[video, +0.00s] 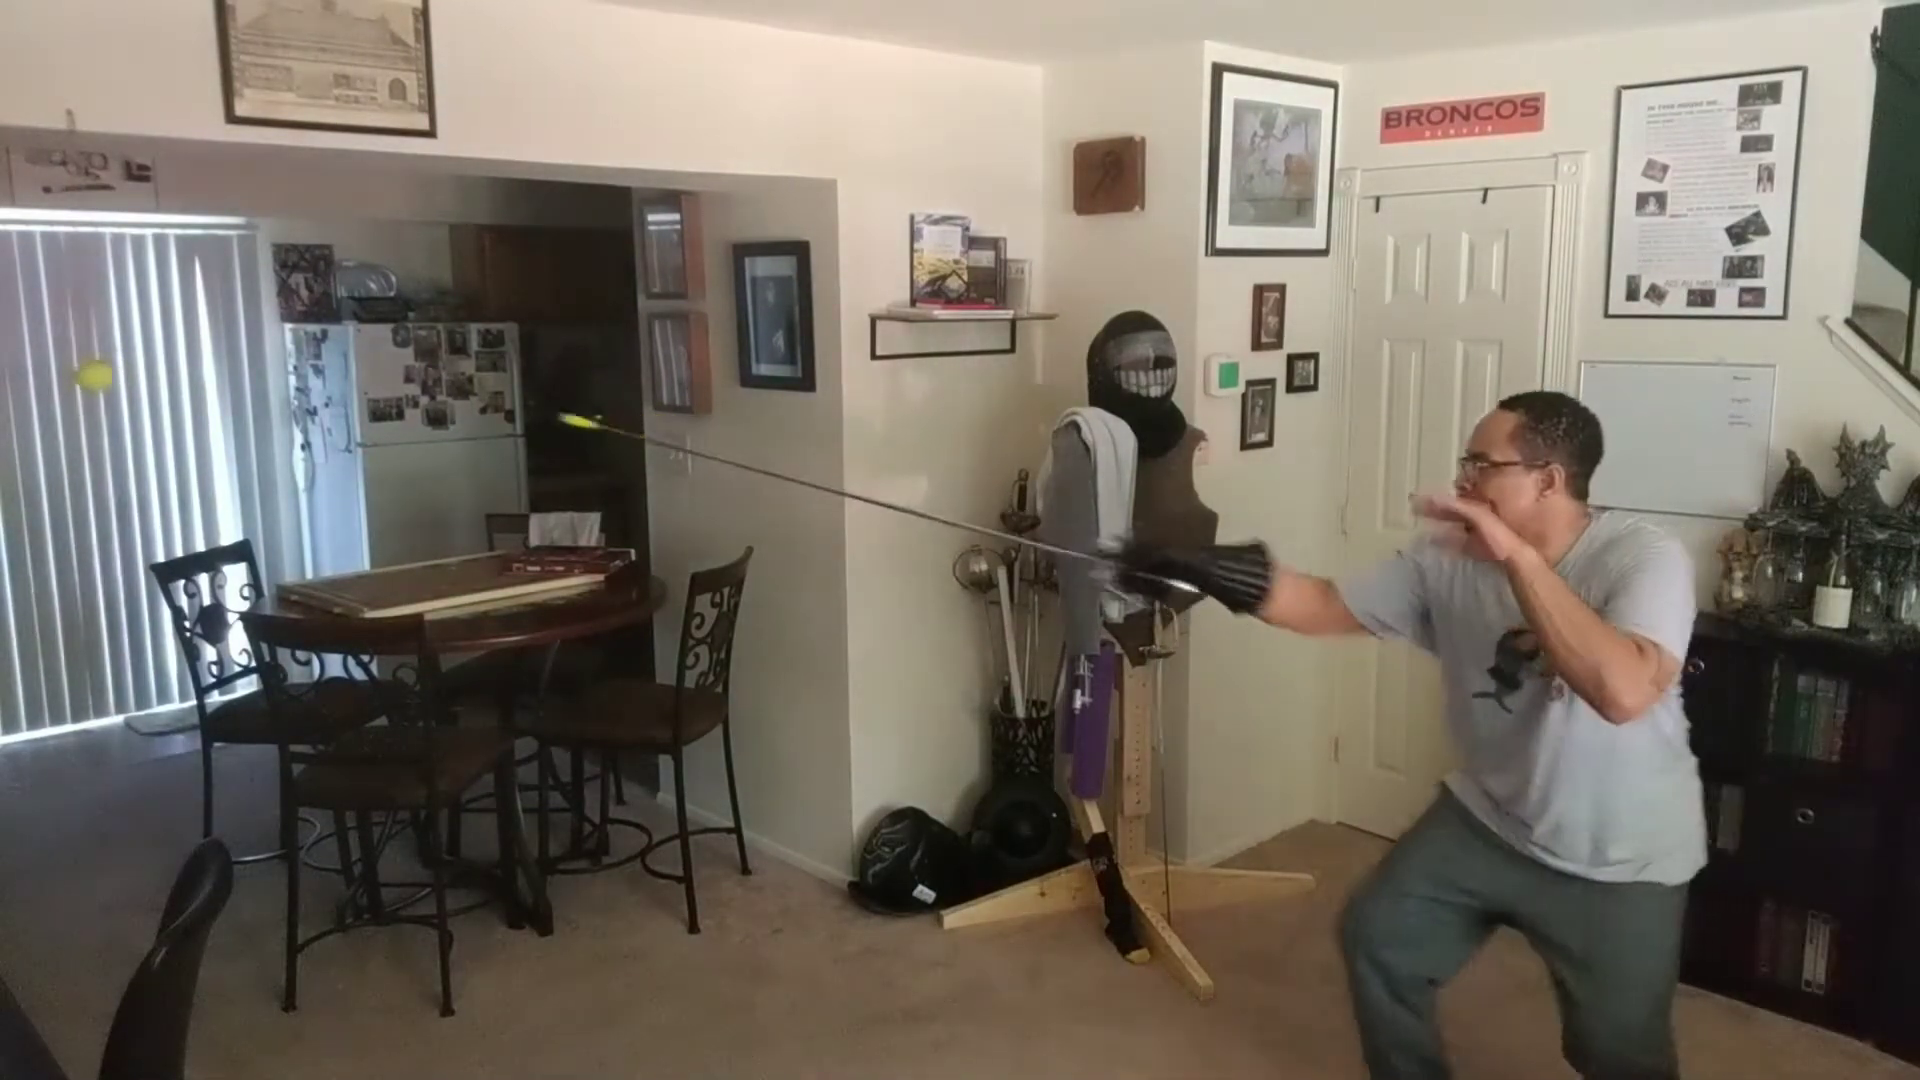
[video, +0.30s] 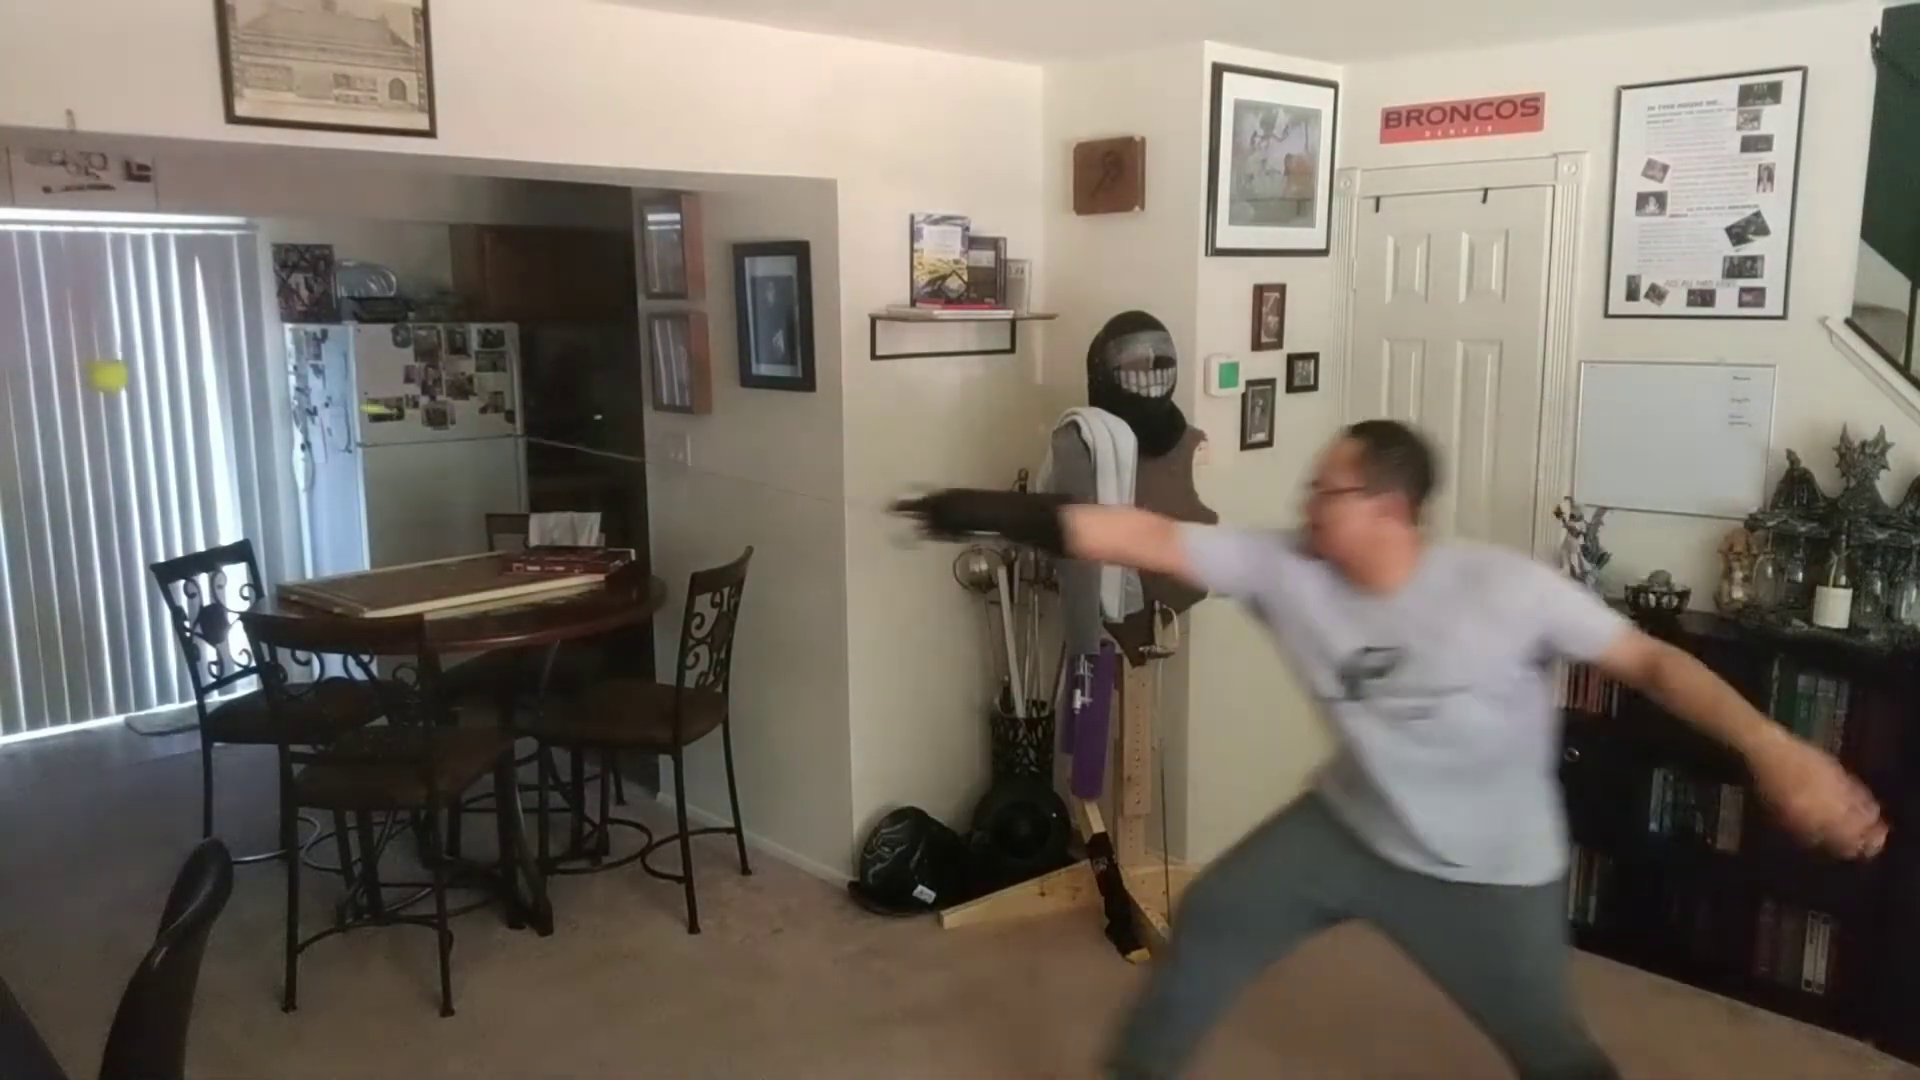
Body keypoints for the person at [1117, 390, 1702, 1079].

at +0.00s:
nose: (1463, 482)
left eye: (1483, 467)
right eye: (1466, 464)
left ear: (1547, 481)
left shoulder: (1647, 560)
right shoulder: (1449, 561)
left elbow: (1626, 690)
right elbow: (1324, 605)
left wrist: (1520, 556)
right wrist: (1202, 564)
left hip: (1621, 867)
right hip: (1487, 821)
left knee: (1622, 1055)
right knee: (1379, 938)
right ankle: (1412, 1071)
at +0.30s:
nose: (1312, 506)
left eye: (1332, 493)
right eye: (1314, 490)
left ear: (1398, 509)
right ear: (1330, 505)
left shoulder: (1509, 590)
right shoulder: (1289, 572)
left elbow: (1652, 666)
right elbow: (1144, 541)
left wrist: (1778, 756)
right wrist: (1015, 514)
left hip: (1494, 881)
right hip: (1351, 828)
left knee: (1552, 1050)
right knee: (1213, 919)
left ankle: (1587, 1078)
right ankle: (1137, 1070)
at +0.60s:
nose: (1008, 539)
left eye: (1029, 528)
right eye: (1013, 522)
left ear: (1086, 546)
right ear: (1031, 537)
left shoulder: (1184, 627)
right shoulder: (989, 602)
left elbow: (1329, 669)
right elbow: (853, 566)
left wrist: (1477, 715)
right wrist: (710, 533)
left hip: (1251, 869)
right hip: (1101, 854)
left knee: (1375, 1006)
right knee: (974, 945)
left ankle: (1478, 1068)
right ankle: (974, 1074)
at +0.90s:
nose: (875, 553)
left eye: (892, 540)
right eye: (880, 538)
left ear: (945, 554)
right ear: (919, 551)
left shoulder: (1054, 615)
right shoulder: (879, 610)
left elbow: (1202, 656)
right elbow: (742, 588)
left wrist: (1338, 710)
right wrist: (618, 566)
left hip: (1165, 839)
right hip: (1027, 835)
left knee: (1298, 976)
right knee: (916, 934)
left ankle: (1421, 1071)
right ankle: (967, 1078)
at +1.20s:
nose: (969, 519)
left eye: (986, 503)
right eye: (974, 502)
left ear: (1041, 513)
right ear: (1016, 517)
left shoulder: (1141, 592)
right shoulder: (967, 604)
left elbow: (1278, 678)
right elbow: (843, 639)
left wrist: (1205, 661)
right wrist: (708, 622)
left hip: (1205, 849)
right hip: (1069, 834)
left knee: (1294, 1030)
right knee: (965, 942)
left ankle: (1425, 1078)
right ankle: (968, 1078)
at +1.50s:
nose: (1234, 466)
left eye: (1253, 449)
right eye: (1236, 450)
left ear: (1316, 461)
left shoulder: (1398, 535)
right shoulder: (1236, 562)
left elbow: (1383, 636)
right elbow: (1152, 666)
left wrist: (1241, 538)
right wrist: (1025, 678)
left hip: (1429, 832)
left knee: (1417, 1040)